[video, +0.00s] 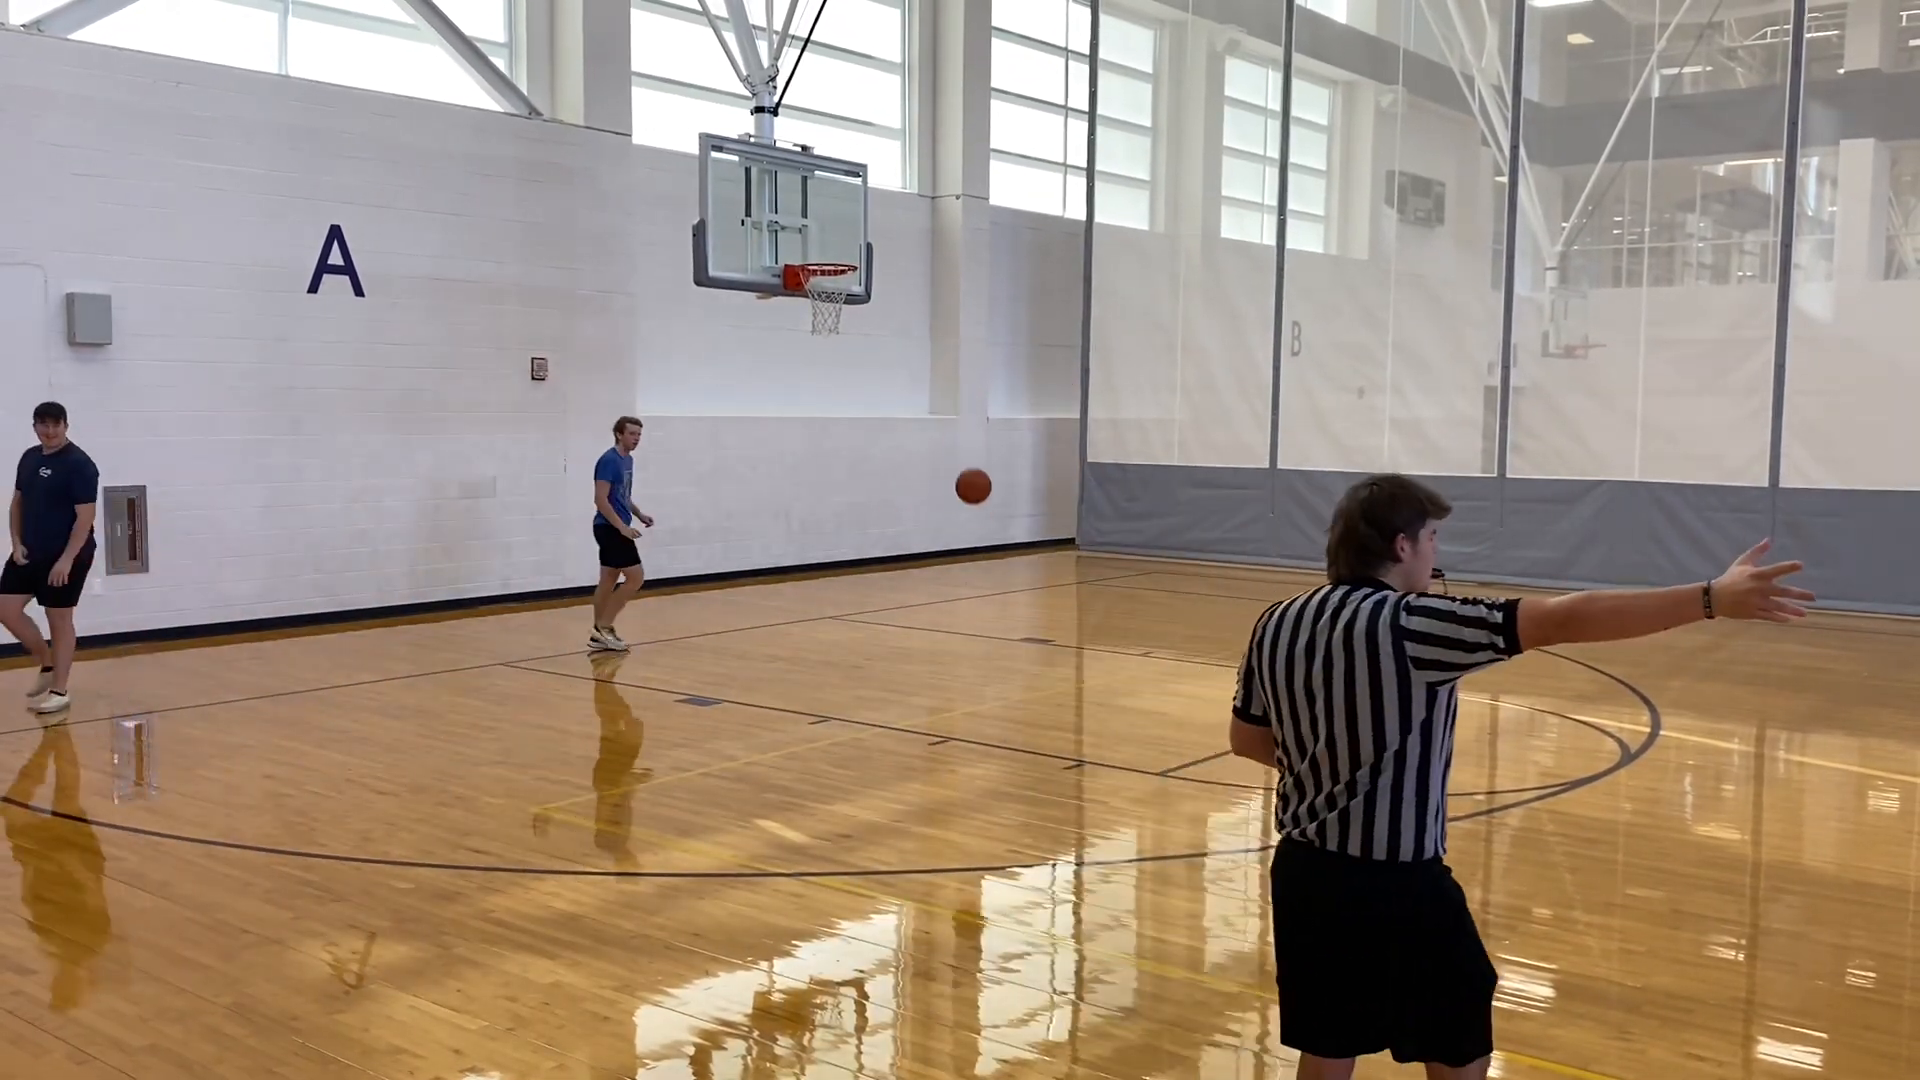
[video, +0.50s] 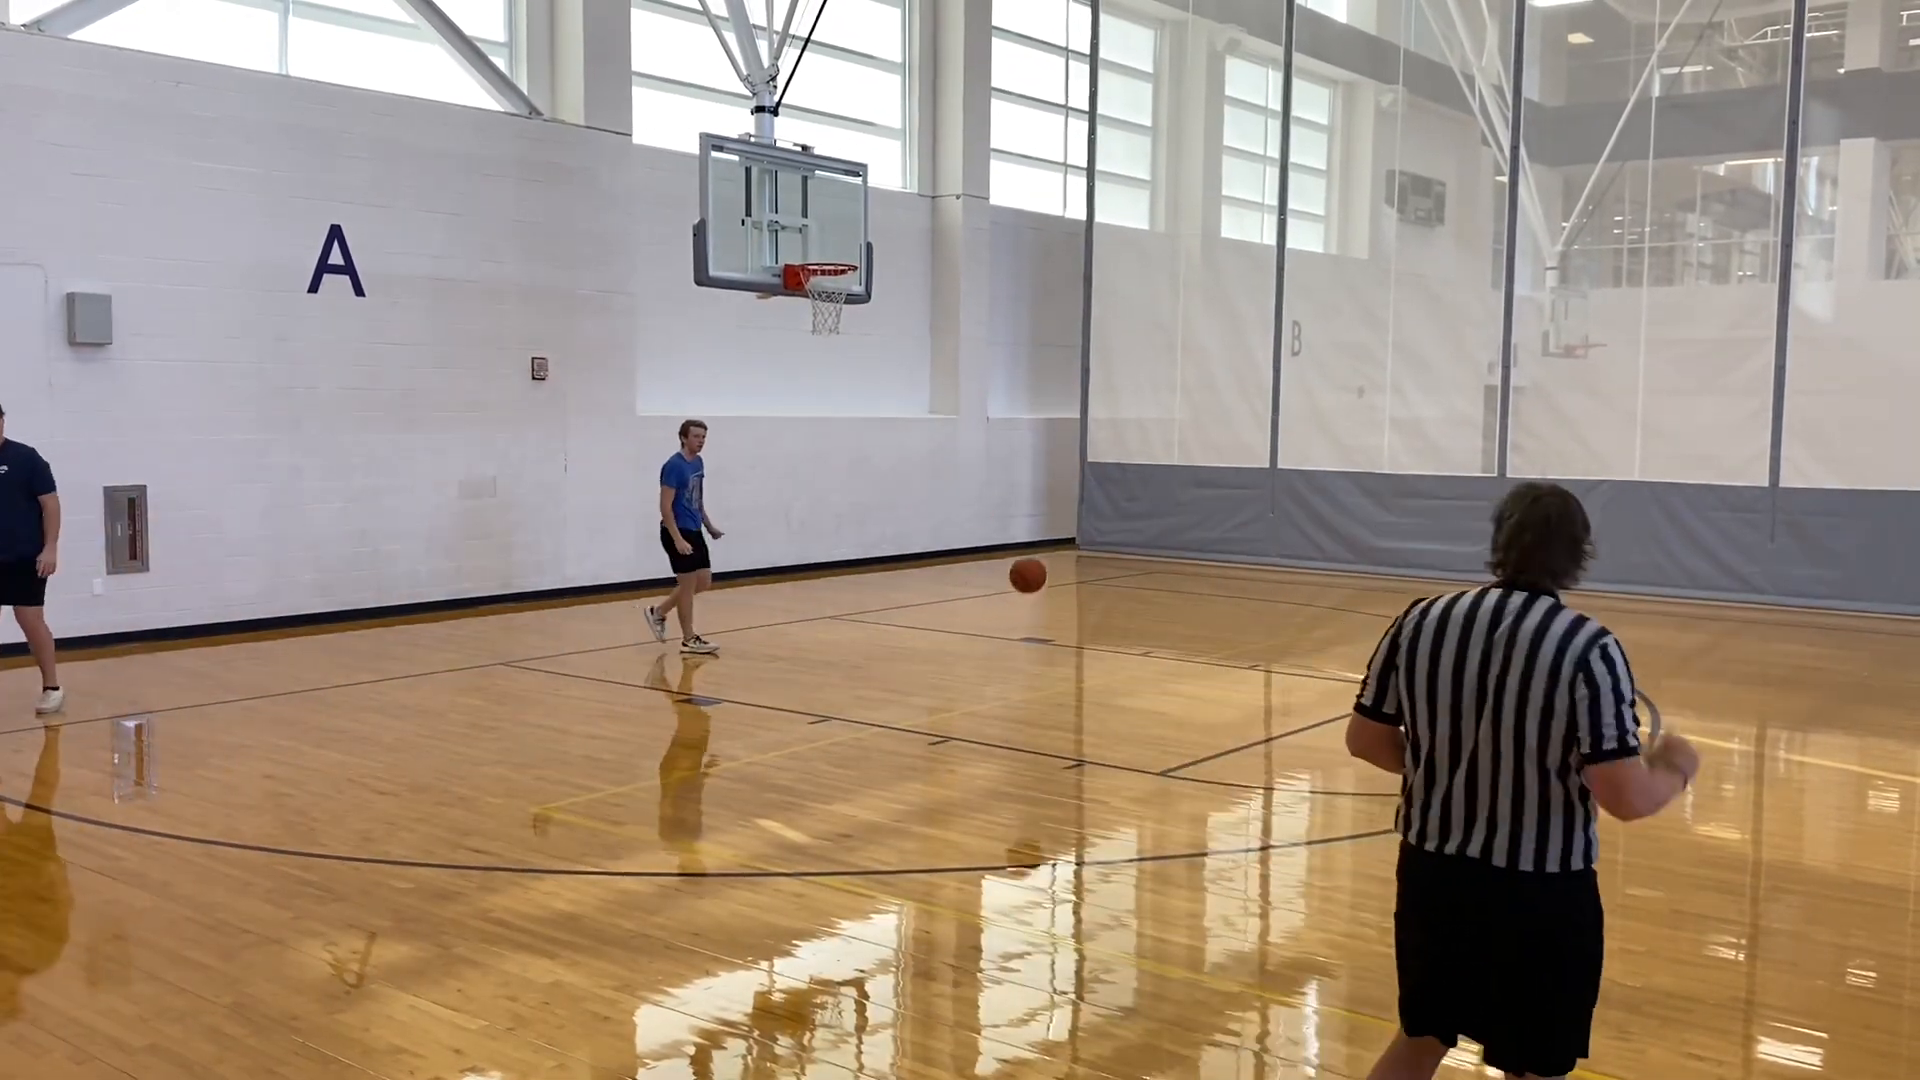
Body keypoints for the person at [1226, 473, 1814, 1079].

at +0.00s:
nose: (1437, 558)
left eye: (1436, 541)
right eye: (1432, 540)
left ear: (1355, 541)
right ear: (1400, 541)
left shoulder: (1277, 624)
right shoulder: (1412, 620)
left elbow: (1246, 736)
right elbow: (1560, 618)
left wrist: (1325, 756)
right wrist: (1709, 598)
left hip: (1302, 875)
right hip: (1401, 882)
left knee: (1324, 1052)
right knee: (1460, 1053)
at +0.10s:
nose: (1455, 562)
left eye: (1455, 546)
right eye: (1454, 546)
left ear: (1371, 546)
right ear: (1429, 547)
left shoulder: (1300, 626)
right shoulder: (1438, 625)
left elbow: (1265, 737)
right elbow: (1592, 622)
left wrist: (1343, 754)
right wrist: (1742, 604)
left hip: (1325, 876)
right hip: (1428, 883)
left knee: (1337, 1054)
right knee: (1471, 1056)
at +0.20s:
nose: (1479, 569)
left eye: (1478, 553)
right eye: (1479, 555)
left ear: (1396, 552)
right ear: (1463, 557)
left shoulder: (1326, 630)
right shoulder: (1469, 632)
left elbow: (1288, 740)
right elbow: (1633, 640)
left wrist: (1368, 757)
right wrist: (1777, 612)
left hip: (1350, 881)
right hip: (1458, 888)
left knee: (1353, 1057)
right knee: (1496, 1060)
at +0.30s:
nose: (1510, 562)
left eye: (1507, 550)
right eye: (1509, 552)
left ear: (1424, 552)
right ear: (1502, 562)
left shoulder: (1358, 632)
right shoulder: (1506, 637)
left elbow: (1315, 745)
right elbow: (1661, 693)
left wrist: (1397, 758)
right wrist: (1778, 615)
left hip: (1381, 892)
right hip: (1494, 899)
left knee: (1378, 1059)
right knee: (1510, 1066)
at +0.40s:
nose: (1547, 554)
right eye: (1546, 544)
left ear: (1462, 546)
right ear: (1541, 555)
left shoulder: (1391, 626)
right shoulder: (1549, 643)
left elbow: (1343, 741)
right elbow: (1655, 758)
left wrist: (1416, 764)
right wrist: (1712, 669)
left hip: (1410, 883)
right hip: (1522, 894)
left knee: (1403, 1047)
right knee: (1530, 1065)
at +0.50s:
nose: (1579, 557)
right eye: (1579, 546)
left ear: (1499, 544)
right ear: (1576, 555)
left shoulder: (1422, 621)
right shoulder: (1588, 649)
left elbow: (1365, 738)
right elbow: (1624, 796)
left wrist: (1445, 759)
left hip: (1433, 883)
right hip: (1545, 896)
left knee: (1419, 1037)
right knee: (1533, 1068)